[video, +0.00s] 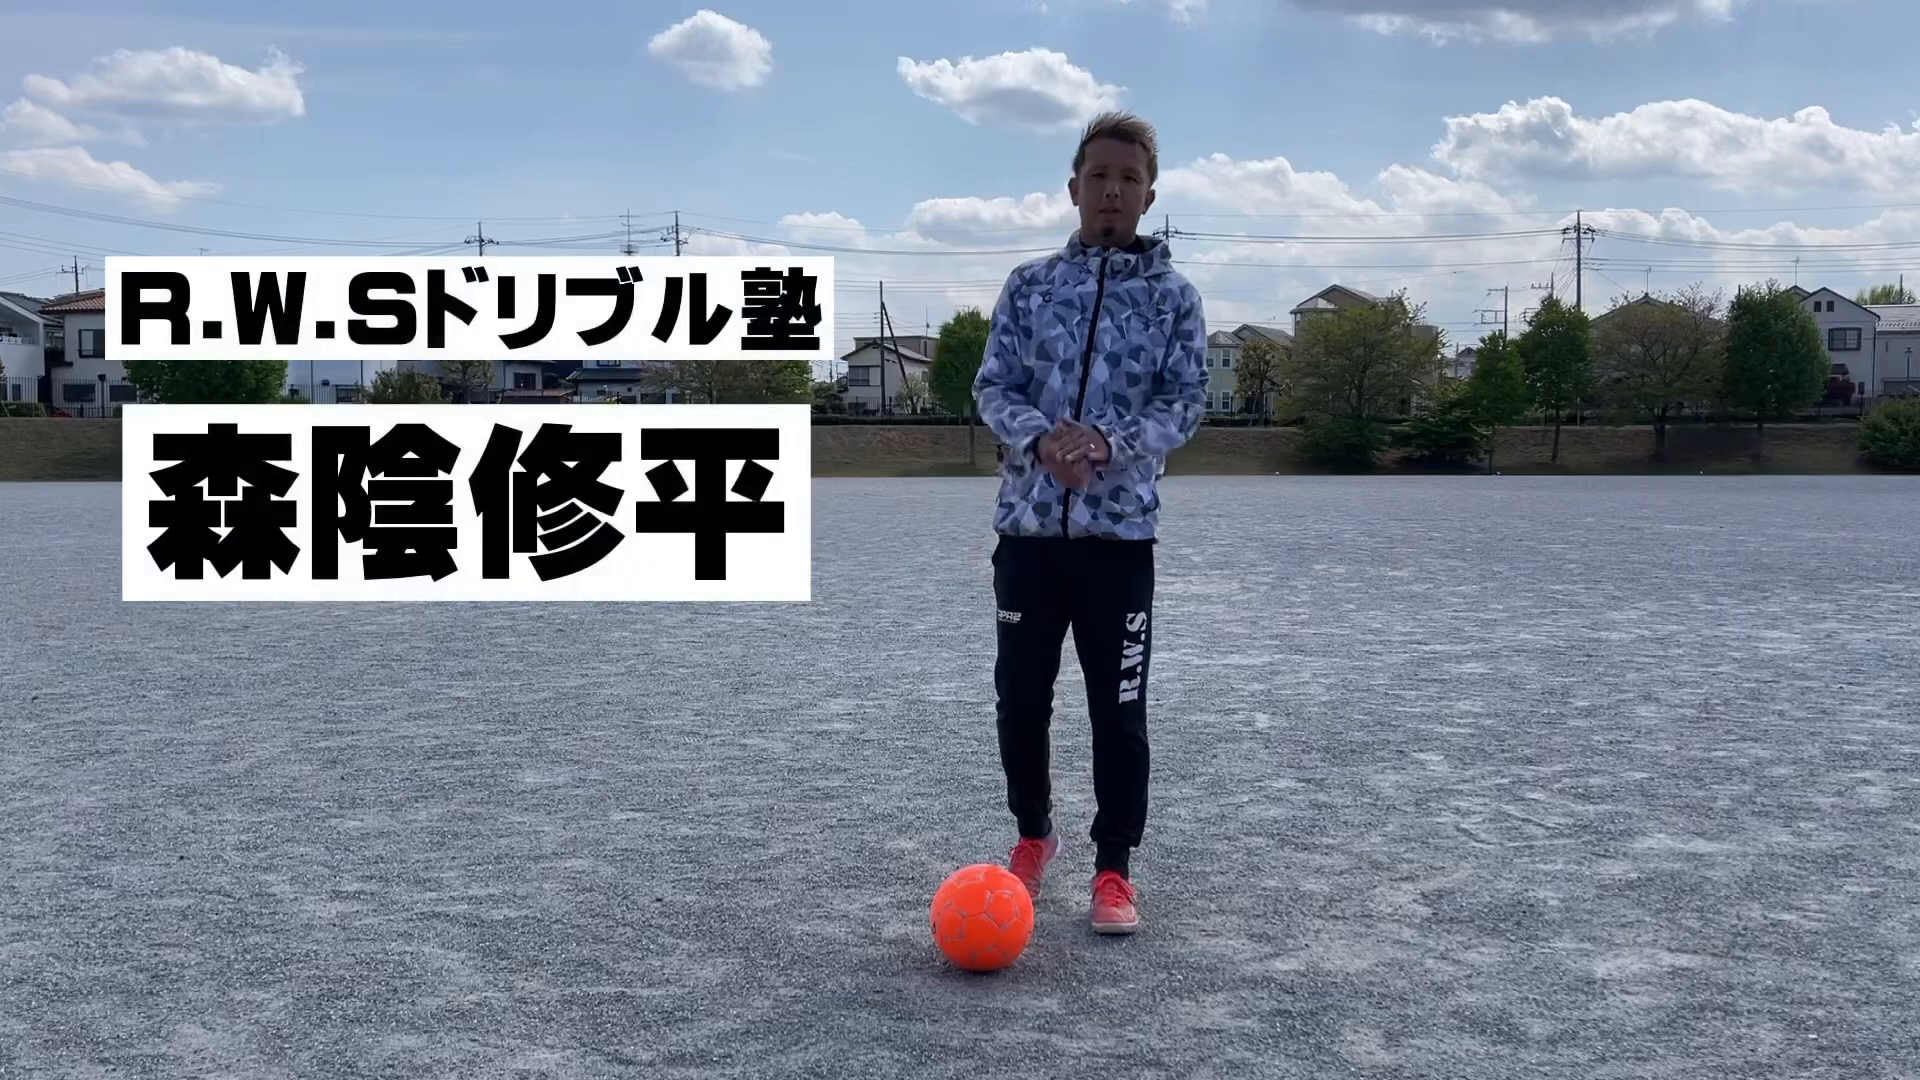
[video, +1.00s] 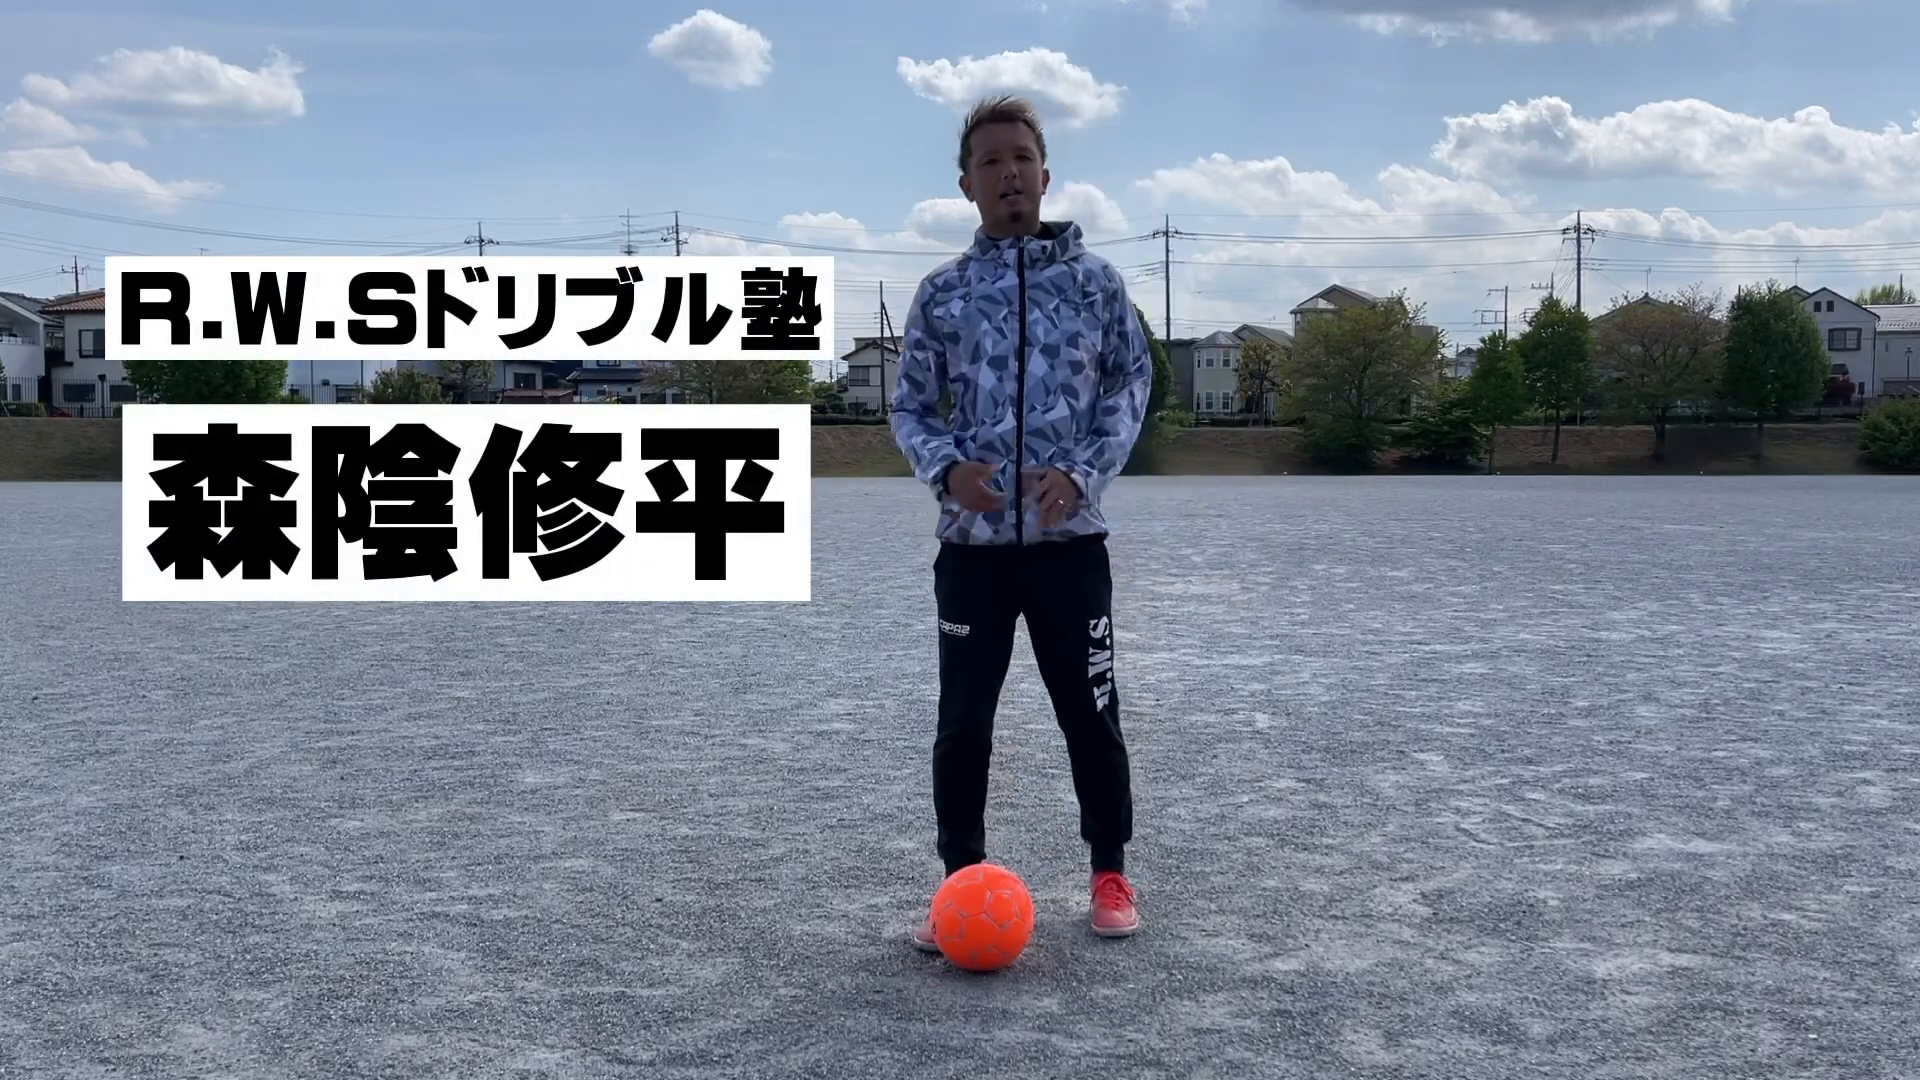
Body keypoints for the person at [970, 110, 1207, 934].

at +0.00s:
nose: (1113, 190)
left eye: (1129, 178)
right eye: (1099, 174)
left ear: (1149, 192)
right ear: (1074, 184)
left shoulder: (1173, 295)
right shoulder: (1030, 282)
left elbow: (1184, 404)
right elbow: (992, 389)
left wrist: (1112, 448)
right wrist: (1041, 435)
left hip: (1119, 532)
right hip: (1028, 527)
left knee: (1118, 705)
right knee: (1019, 698)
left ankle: (1114, 871)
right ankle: (1031, 836)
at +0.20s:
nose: (1129, 187)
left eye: (1145, 175)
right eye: (1115, 172)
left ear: (1166, 190)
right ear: (1090, 182)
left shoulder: (1183, 300)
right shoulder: (1041, 284)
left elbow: (1200, 429)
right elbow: (1000, 403)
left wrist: (1205, 539)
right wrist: (966, 499)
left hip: (1121, 539)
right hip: (1027, 531)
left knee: (1119, 712)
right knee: (1000, 704)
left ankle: (1111, 873)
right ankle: (998, 861)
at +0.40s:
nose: (1125, 180)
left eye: (1141, 167)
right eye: (1110, 165)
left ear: (1162, 185)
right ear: (1083, 179)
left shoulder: (1185, 298)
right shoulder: (1037, 281)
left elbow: (1235, 411)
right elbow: (990, 390)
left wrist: (1259, 515)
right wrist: (951, 483)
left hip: (1118, 543)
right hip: (1022, 534)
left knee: (1117, 716)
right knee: (987, 709)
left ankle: (1112, 874)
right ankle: (960, 868)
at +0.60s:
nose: (1101, 181)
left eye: (1117, 166)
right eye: (1084, 166)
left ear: (1137, 180)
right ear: (1057, 180)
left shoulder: (1166, 292)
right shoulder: (1017, 284)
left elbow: (1212, 407)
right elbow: (980, 405)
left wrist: (1233, 516)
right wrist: (958, 501)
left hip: (1109, 541)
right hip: (1012, 533)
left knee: (1113, 716)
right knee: (981, 714)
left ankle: (1111, 875)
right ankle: (959, 881)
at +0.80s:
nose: (1060, 176)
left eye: (1074, 161)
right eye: (1042, 163)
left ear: (1094, 175)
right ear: (1016, 180)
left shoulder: (1131, 289)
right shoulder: (981, 288)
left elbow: (1156, 411)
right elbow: (948, 409)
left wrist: (1145, 510)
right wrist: (947, 502)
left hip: (1093, 537)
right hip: (995, 536)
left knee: (1103, 716)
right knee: (974, 718)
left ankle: (1110, 872)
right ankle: (961, 882)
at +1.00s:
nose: (1010, 173)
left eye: (1023, 158)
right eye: (991, 161)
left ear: (1046, 171)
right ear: (967, 180)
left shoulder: (1093, 280)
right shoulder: (943, 292)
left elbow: (1130, 388)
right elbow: (910, 408)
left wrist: (1087, 471)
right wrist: (946, 466)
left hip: (1068, 541)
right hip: (974, 545)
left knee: (1091, 713)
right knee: (962, 719)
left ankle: (1108, 874)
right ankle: (961, 888)